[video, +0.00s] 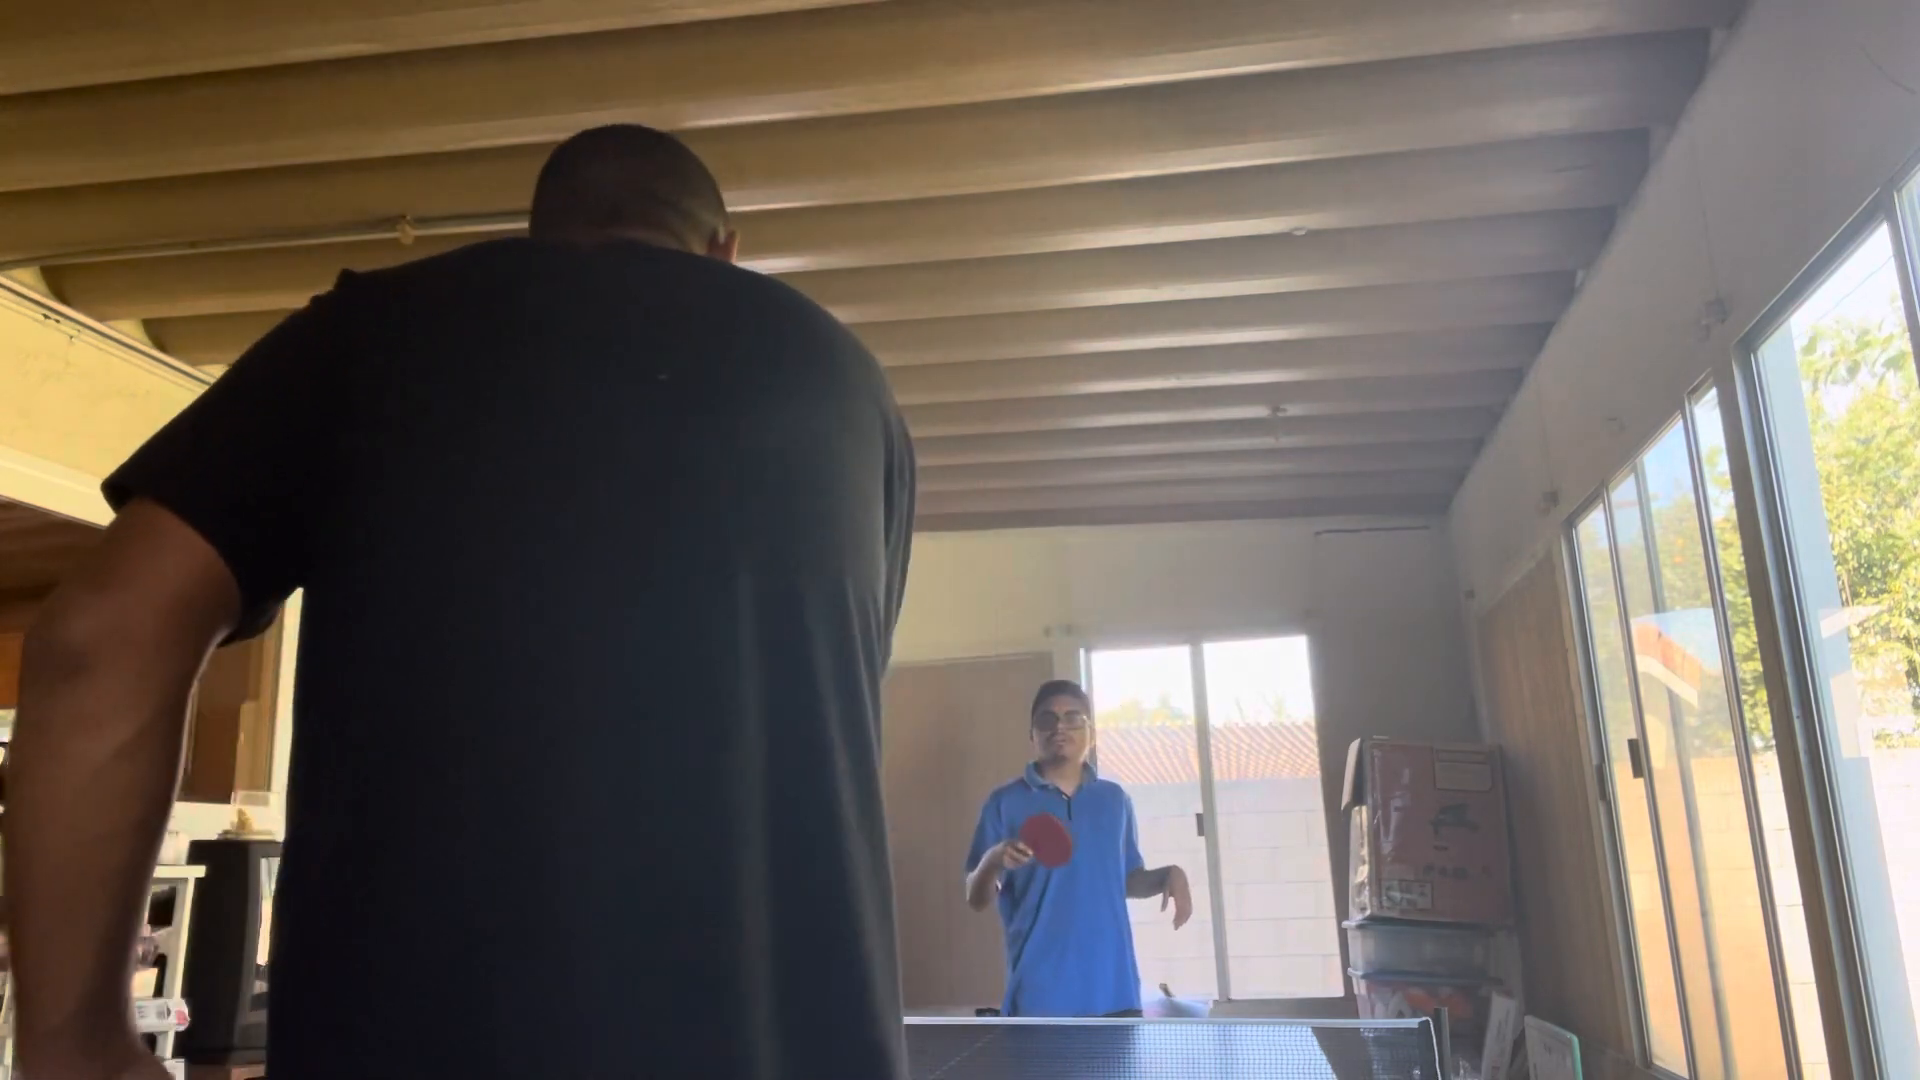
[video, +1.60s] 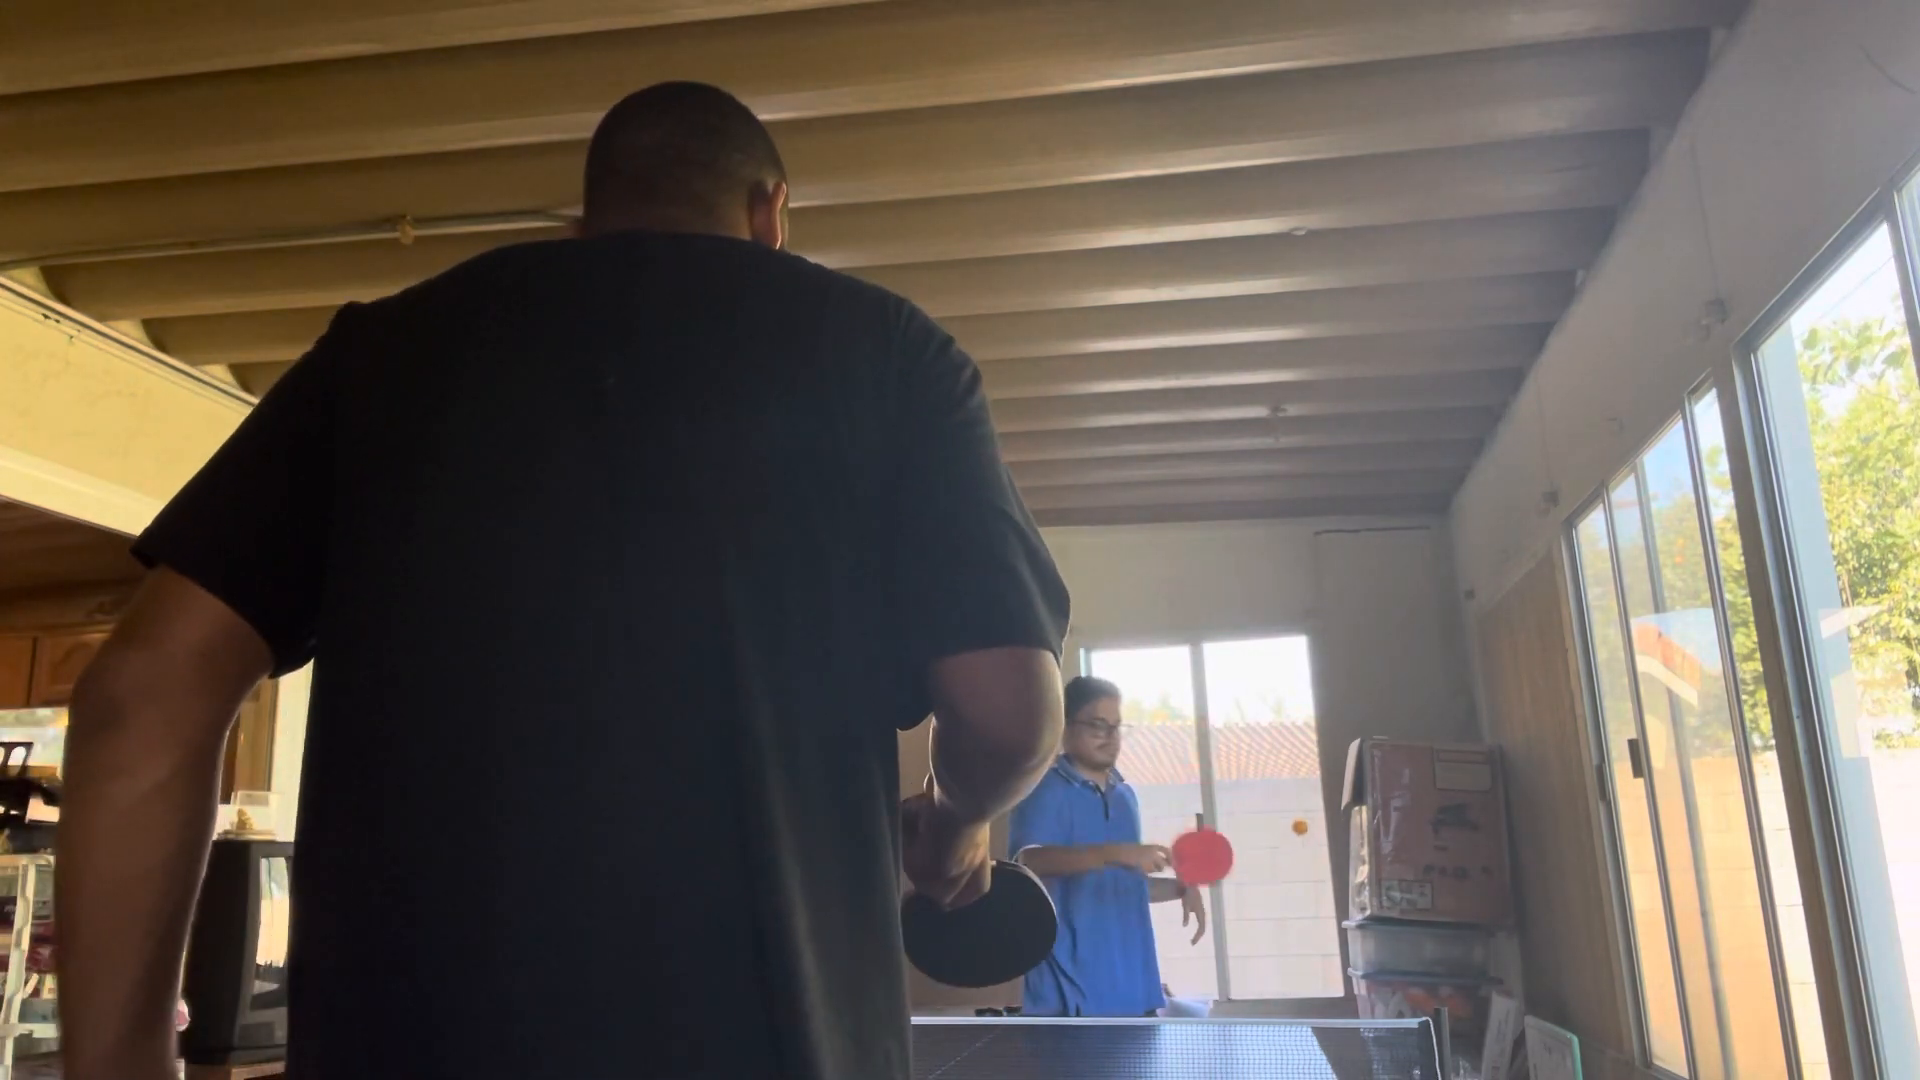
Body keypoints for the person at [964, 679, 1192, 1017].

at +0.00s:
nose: (1059, 728)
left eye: (1072, 718)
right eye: (1047, 719)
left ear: (1091, 732)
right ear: (1032, 733)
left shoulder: (1114, 799)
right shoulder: (1005, 803)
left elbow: (1128, 881)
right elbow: (977, 899)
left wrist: (1169, 874)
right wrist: (994, 858)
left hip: (1113, 990)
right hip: (1040, 995)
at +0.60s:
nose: (1069, 738)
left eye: (1081, 726)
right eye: (1056, 727)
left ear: (1095, 733)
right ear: (1037, 732)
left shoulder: (1114, 800)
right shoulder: (1008, 802)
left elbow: (1125, 882)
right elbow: (977, 887)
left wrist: (1168, 878)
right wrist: (1030, 860)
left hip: (1112, 986)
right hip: (1041, 989)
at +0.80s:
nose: (1077, 737)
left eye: (1087, 726)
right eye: (1063, 726)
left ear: (1099, 731)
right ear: (1042, 732)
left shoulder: (1113, 798)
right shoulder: (1016, 797)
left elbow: (1126, 878)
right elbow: (995, 868)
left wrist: (1169, 879)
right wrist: (1062, 853)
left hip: (1113, 985)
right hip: (1045, 990)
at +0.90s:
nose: (1080, 735)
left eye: (1090, 724)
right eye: (1065, 724)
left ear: (1101, 729)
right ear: (1043, 731)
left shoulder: (1113, 797)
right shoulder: (1020, 795)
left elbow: (1123, 866)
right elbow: (1006, 864)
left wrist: (1173, 882)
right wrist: (1078, 845)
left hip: (1114, 983)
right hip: (1046, 987)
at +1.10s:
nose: (1086, 730)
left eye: (1095, 720)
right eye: (1070, 720)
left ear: (1104, 728)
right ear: (1046, 728)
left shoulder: (1107, 792)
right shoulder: (1034, 780)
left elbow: (1110, 884)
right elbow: (1047, 811)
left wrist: (1171, 877)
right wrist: (1140, 803)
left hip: (1114, 987)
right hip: (1048, 993)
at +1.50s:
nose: (1104, 736)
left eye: (1111, 725)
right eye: (1090, 724)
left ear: (1117, 728)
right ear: (1061, 727)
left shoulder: (1116, 795)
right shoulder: (1041, 787)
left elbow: (1112, 887)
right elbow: (1028, 849)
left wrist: (1172, 887)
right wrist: (1113, 828)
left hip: (1129, 990)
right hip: (1065, 998)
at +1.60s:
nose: (1109, 737)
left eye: (1115, 727)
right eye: (1096, 726)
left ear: (1121, 728)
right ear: (1064, 728)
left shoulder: (1123, 796)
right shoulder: (1046, 789)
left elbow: (1119, 888)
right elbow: (1027, 859)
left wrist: (1179, 888)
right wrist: (1119, 853)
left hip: (1130, 988)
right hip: (1066, 994)